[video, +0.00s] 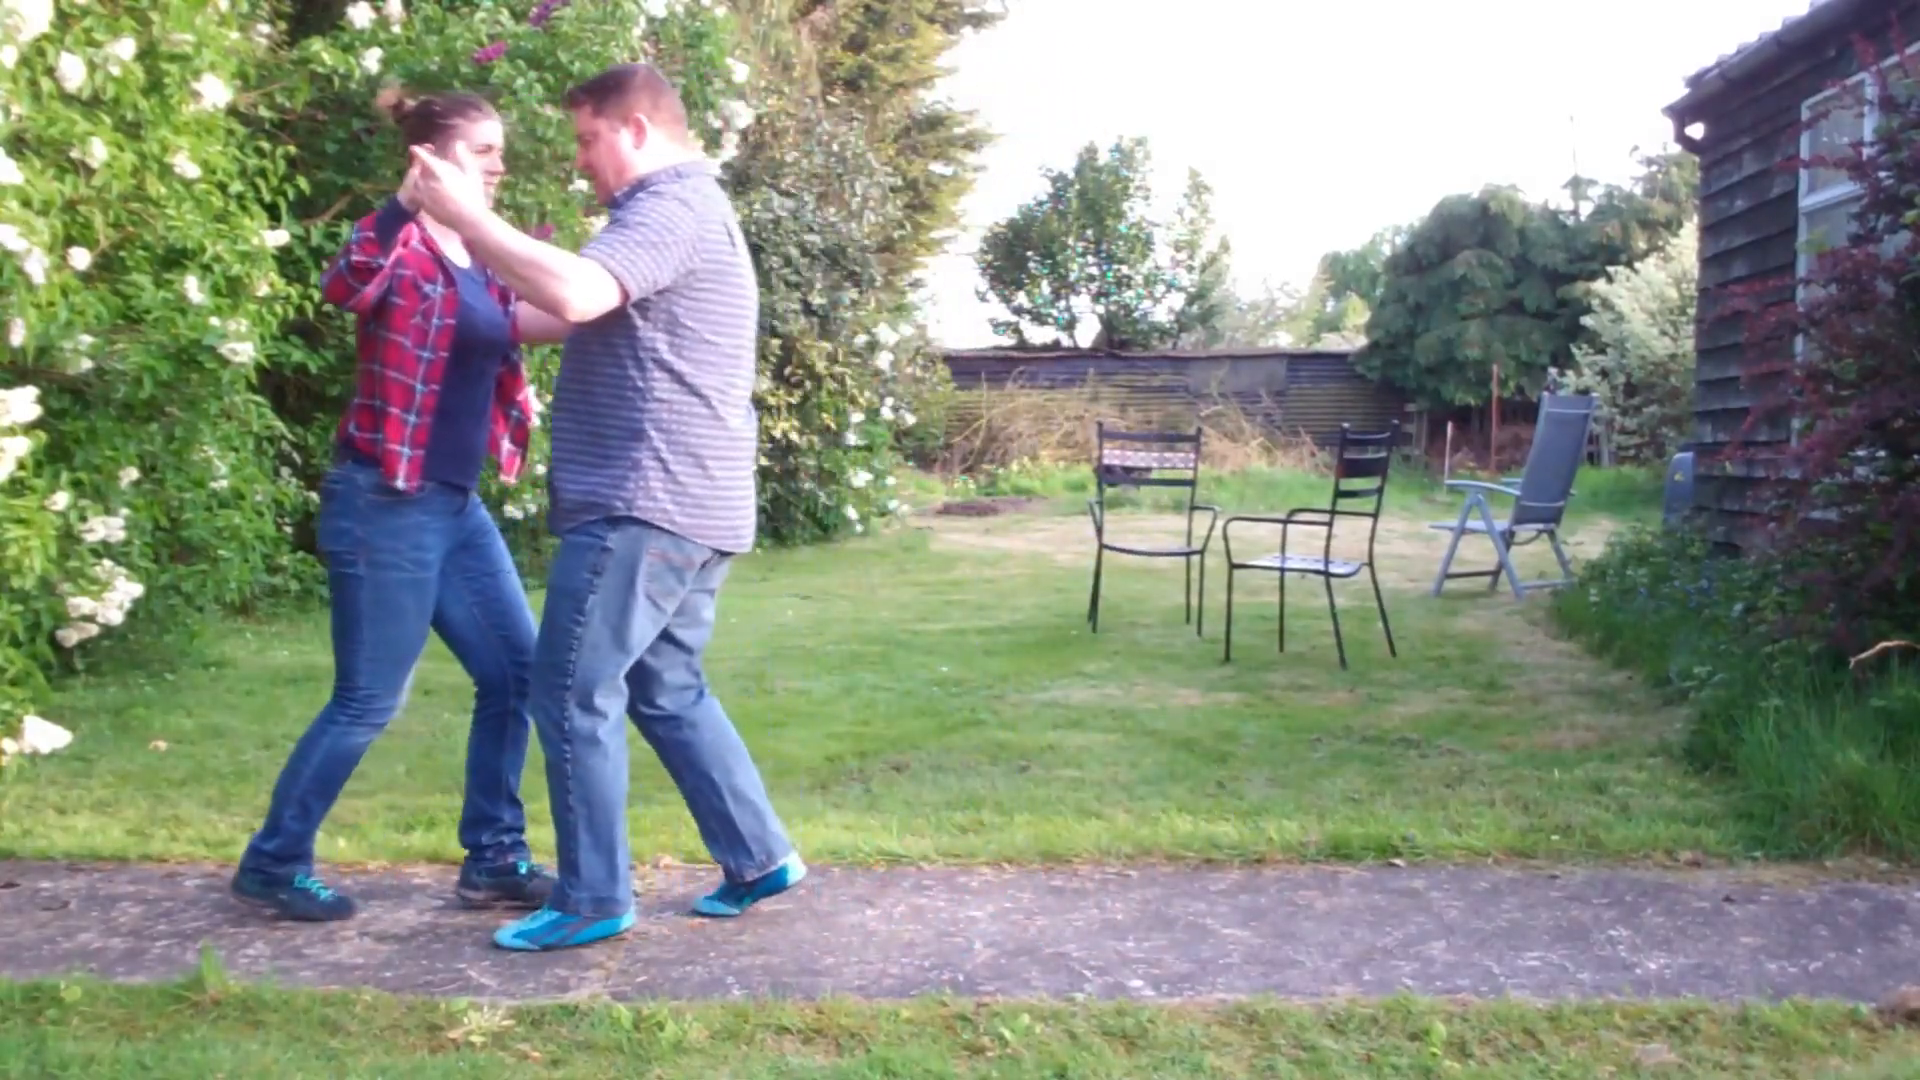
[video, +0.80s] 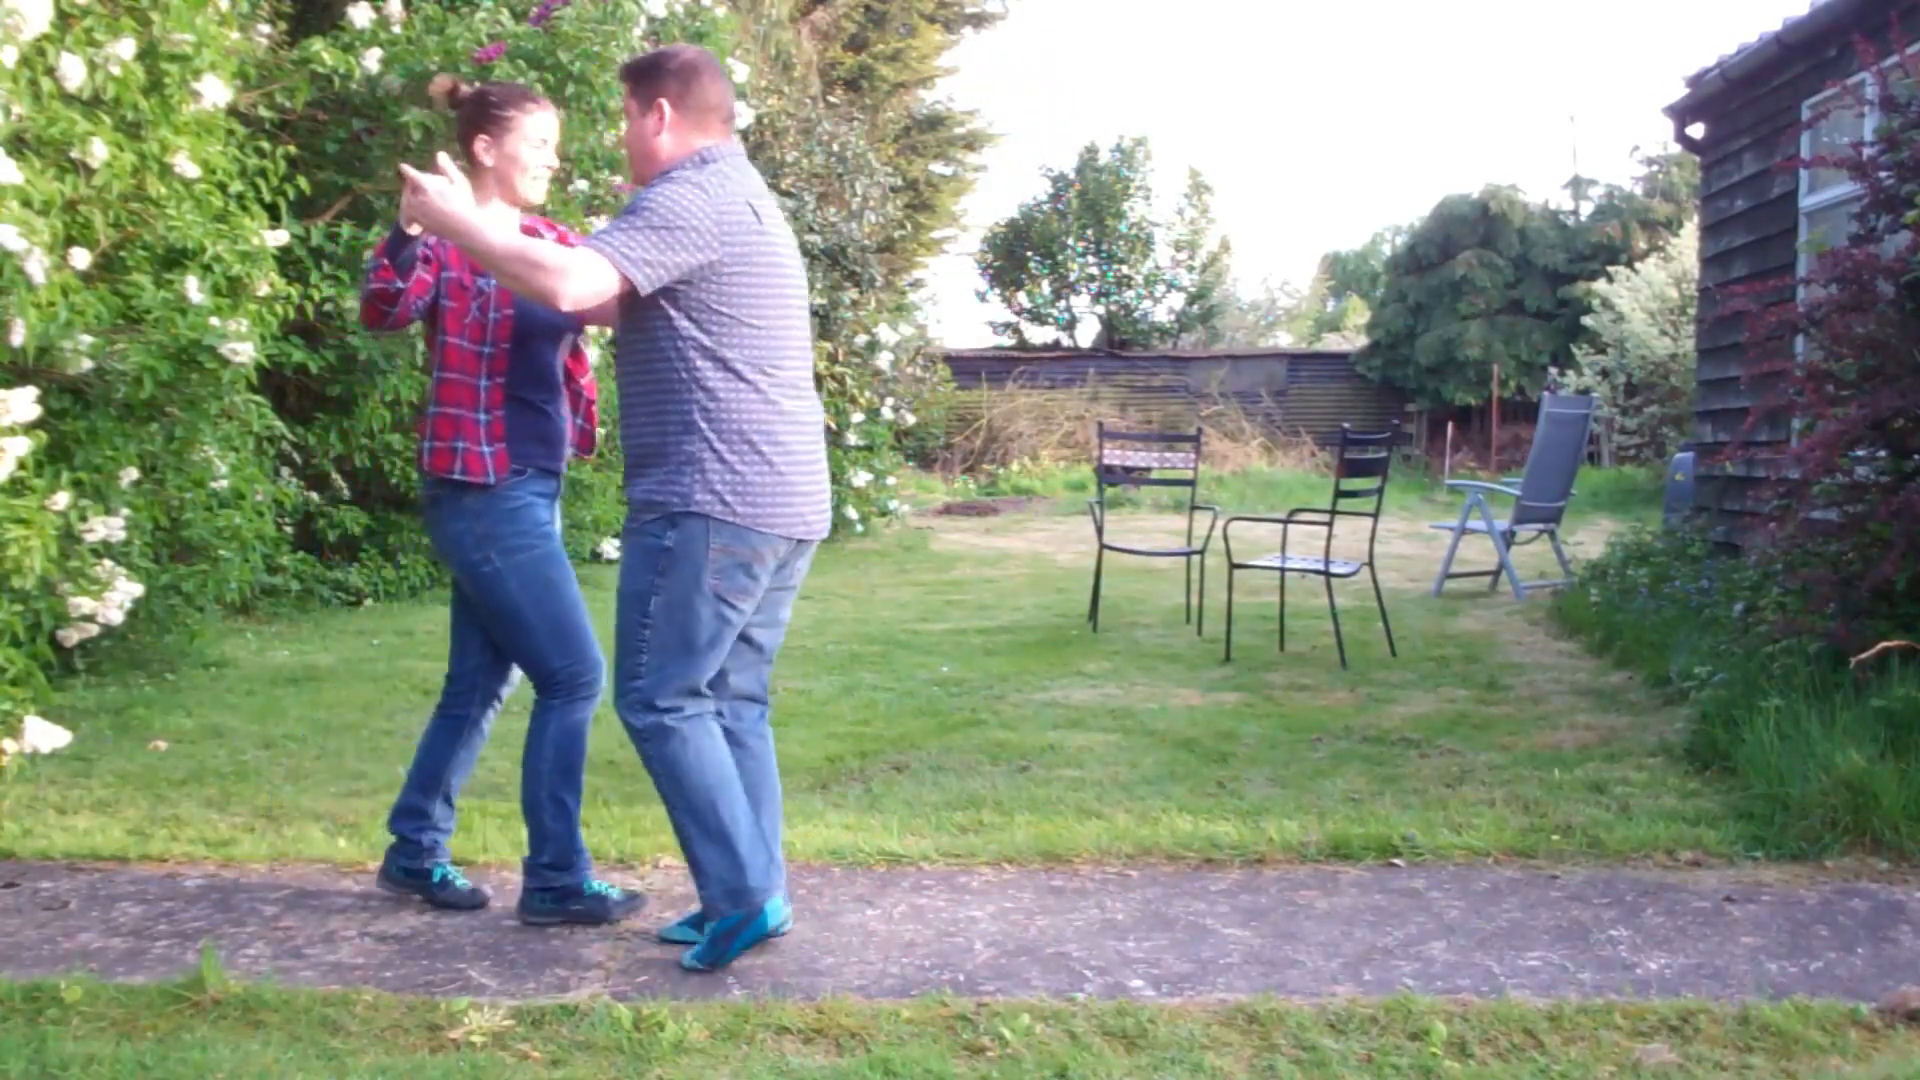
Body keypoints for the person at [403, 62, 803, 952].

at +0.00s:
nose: (579, 161)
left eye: (585, 141)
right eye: (577, 144)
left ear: (634, 128)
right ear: (647, 130)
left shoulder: (669, 206)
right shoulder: (694, 207)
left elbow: (579, 291)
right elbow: (562, 315)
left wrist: (465, 212)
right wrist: (464, 268)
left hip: (645, 501)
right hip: (699, 504)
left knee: (572, 691)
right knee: (665, 686)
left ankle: (593, 899)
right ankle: (760, 859)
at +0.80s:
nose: (622, 145)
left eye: (626, 126)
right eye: (622, 127)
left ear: (661, 115)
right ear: (710, 116)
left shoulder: (695, 194)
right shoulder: (741, 192)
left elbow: (575, 285)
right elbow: (620, 292)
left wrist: (454, 221)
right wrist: (513, 242)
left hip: (715, 495)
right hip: (783, 495)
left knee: (659, 698)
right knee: (734, 697)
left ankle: (738, 896)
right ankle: (753, 892)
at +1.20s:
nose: (694, 138)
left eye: (698, 120)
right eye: (696, 120)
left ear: (727, 116)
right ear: (793, 119)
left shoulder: (730, 206)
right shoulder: (826, 205)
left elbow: (611, 313)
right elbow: (722, 313)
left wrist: (503, 273)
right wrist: (636, 253)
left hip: (759, 513)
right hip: (858, 509)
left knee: (737, 720)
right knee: (816, 703)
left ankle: (779, 939)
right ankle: (874, 894)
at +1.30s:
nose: (720, 136)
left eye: (724, 119)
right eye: (722, 119)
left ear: (751, 118)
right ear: (820, 121)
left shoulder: (739, 207)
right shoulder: (870, 219)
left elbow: (630, 330)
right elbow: (767, 319)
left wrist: (517, 306)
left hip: (760, 514)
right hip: (870, 512)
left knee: (736, 722)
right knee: (849, 703)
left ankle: (777, 939)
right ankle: (921, 887)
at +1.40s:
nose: (739, 143)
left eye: (740, 125)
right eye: (733, 129)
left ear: (767, 118)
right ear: (843, 124)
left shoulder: (737, 216)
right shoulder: (902, 224)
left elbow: (650, 343)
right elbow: (874, 338)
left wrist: (543, 339)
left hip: (763, 514)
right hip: (880, 521)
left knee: (747, 723)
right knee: (877, 708)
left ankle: (775, 938)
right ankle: (943, 894)